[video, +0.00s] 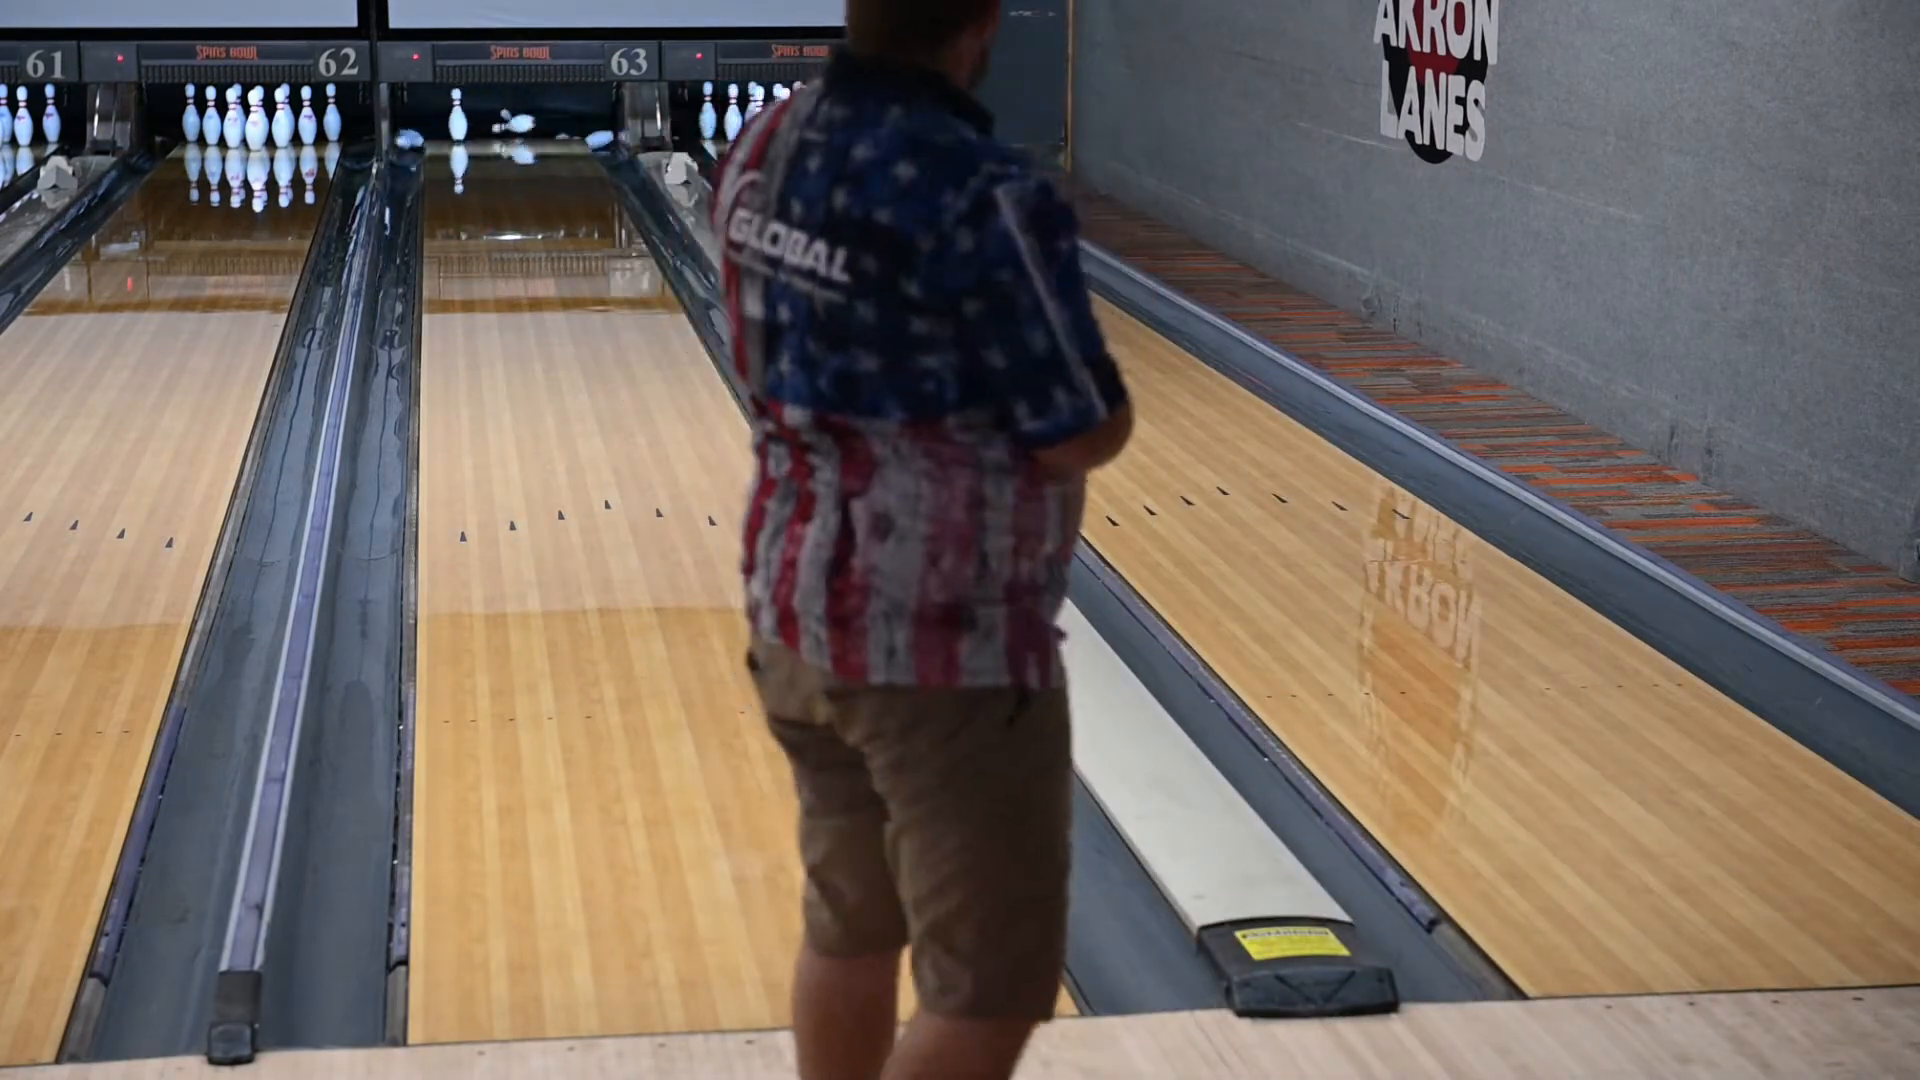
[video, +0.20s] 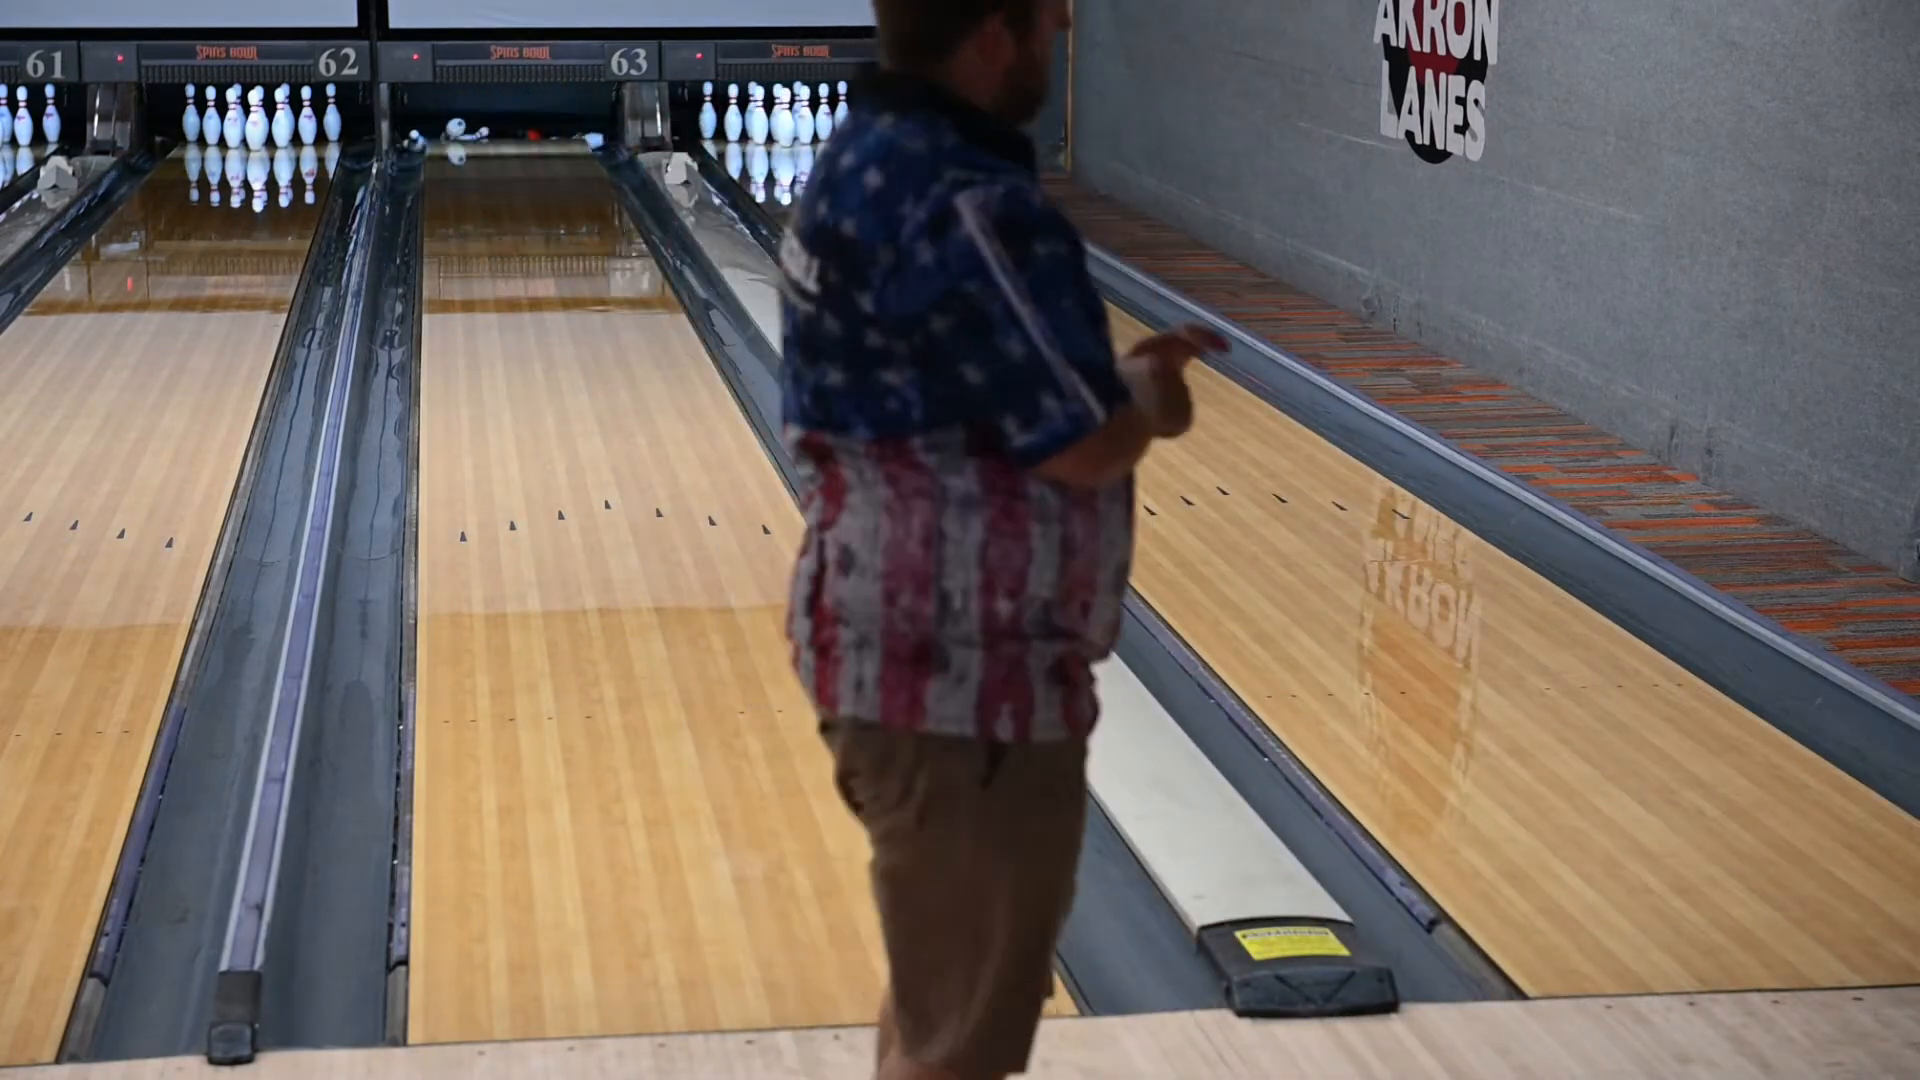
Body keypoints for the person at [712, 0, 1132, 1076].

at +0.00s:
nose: (994, 38)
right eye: (995, 23)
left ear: (851, 20)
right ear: (980, 28)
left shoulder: (761, 152)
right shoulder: (984, 191)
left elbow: (764, 383)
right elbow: (1079, 437)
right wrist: (1112, 386)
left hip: (794, 616)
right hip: (950, 639)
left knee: (847, 934)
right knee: (987, 990)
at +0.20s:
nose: (1058, 47)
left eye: (1055, 25)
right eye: (1049, 24)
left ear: (923, 30)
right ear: (999, 37)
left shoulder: (862, 158)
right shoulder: (971, 202)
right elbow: (1078, 452)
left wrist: (1108, 381)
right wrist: (1152, 403)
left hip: (895, 648)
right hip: (971, 673)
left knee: (935, 1017)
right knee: (971, 1035)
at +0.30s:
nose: (1098, 25)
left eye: (1091, 7)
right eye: (1077, 7)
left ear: (988, 32)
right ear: (991, 29)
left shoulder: (968, 155)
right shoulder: (949, 181)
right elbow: (1075, 443)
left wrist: (1152, 382)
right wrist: (1180, 399)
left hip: (1045, 672)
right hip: (960, 694)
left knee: (1064, 983)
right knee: (949, 1045)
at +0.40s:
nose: (1128, 21)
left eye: (1118, 2)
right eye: (1096, 4)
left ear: (1008, 32)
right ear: (997, 26)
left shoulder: (1038, 151)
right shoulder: (947, 180)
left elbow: (1111, 353)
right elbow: (1061, 449)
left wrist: (1195, 379)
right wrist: (1203, 415)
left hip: (1105, 691)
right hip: (962, 721)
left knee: (1137, 1023)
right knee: (920, 1057)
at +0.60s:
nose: (1184, 38)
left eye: (1182, 8)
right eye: (1139, 17)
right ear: (1039, 46)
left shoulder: (1195, 183)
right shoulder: (969, 214)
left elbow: (1240, 383)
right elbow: (1019, 493)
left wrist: (1305, 414)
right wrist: (1256, 483)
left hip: (1202, 753)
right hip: (1003, 774)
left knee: (1206, 1063)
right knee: (951, 1063)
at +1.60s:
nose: (1510, 65)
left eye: (1535, 15)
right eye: (1449, 32)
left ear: (1581, 27)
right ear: (1363, 73)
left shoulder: (1696, 264)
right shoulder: (1236, 306)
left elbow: (1773, 531)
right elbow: (1098, 609)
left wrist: (1799, 789)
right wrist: (1070, 907)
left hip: (1642, 977)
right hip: (1321, 992)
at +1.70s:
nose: (1562, 59)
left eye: (1589, 11)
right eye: (1500, 26)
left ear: (1634, 25)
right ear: (1403, 65)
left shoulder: (1735, 255)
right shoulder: (1270, 299)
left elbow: (1823, 490)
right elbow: (1113, 608)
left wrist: (1817, 740)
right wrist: (1112, 929)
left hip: (1687, 989)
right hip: (1356, 1007)